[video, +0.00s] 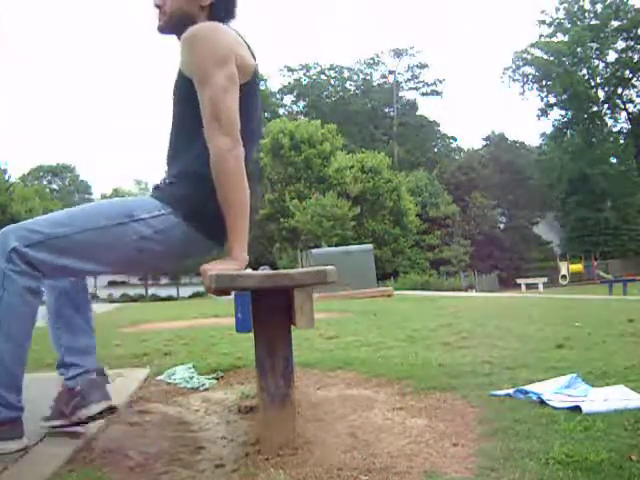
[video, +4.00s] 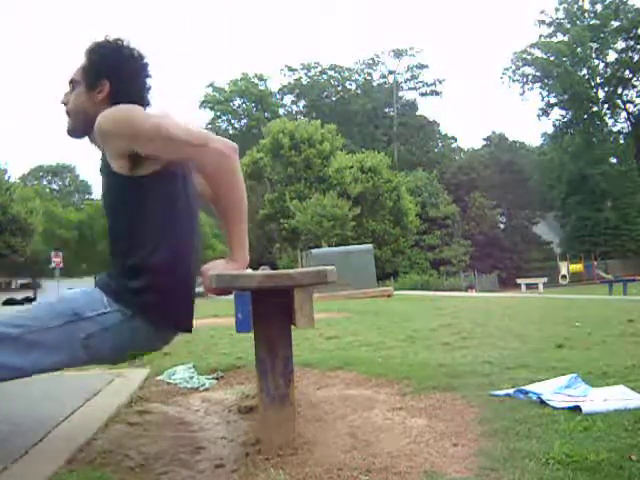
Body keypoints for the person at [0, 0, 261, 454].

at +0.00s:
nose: (158, 1)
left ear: (202, 1)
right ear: (206, 5)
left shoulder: (208, 38)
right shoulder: (224, 42)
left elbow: (227, 144)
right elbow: (231, 149)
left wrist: (237, 254)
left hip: (176, 219)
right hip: (187, 223)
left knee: (16, 247)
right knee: (55, 252)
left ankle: (6, 417)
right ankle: (83, 383)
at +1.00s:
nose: (154, 5)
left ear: (189, 6)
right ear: (189, 9)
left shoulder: (188, 42)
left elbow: (216, 148)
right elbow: (207, 175)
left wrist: (236, 255)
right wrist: (237, 251)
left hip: (90, 219)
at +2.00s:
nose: (115, 64)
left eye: (125, 53)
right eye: (120, 53)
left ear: (152, 59)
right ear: (154, 61)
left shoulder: (150, 88)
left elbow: (234, 151)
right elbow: (238, 153)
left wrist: (239, 257)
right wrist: (241, 256)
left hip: (124, 289)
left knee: (5, 345)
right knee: (7, 346)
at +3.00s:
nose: (78, 40)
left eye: (88, 31)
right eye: (84, 31)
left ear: (113, 39)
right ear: (112, 41)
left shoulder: (124, 80)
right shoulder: (136, 87)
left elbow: (209, 150)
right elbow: (200, 177)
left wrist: (233, 256)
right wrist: (234, 253)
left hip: (107, 267)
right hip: (111, 268)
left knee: (3, 326)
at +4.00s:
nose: (64, 99)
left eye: (73, 86)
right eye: (69, 86)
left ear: (101, 91)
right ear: (102, 92)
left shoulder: (114, 122)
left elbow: (222, 154)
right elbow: (211, 190)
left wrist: (239, 259)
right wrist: (243, 251)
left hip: (134, 308)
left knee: (3, 338)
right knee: (9, 326)